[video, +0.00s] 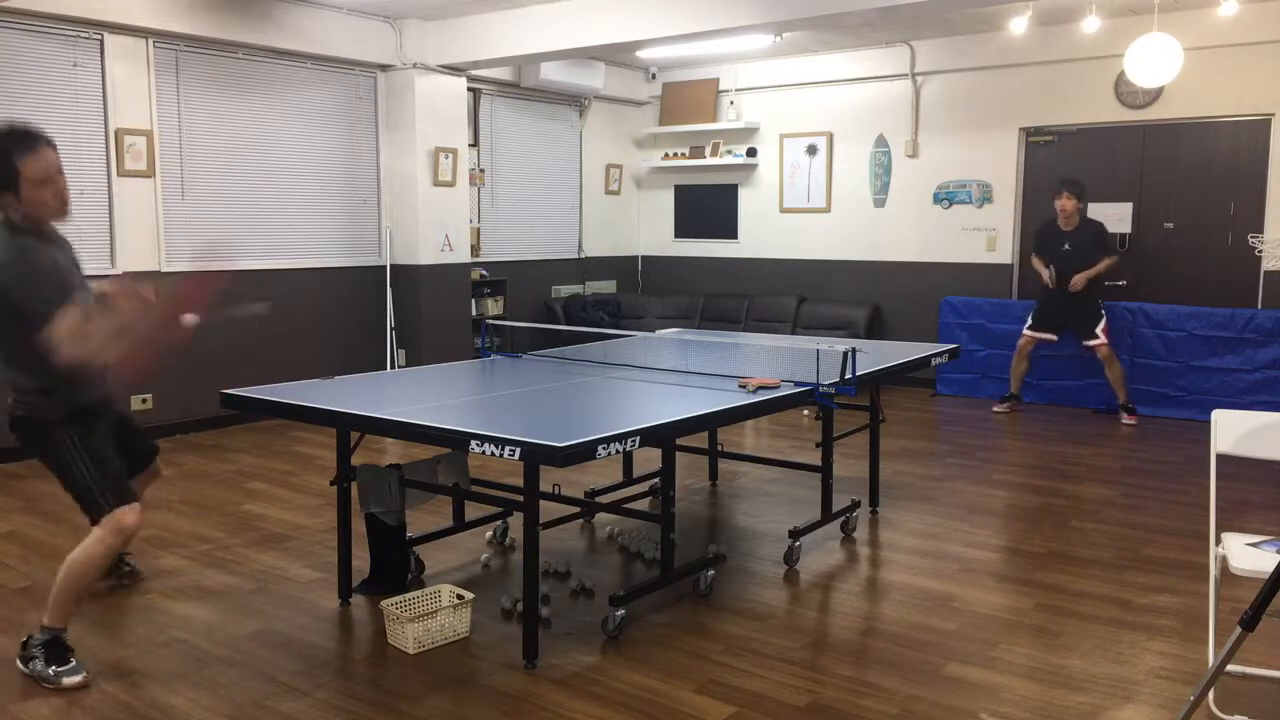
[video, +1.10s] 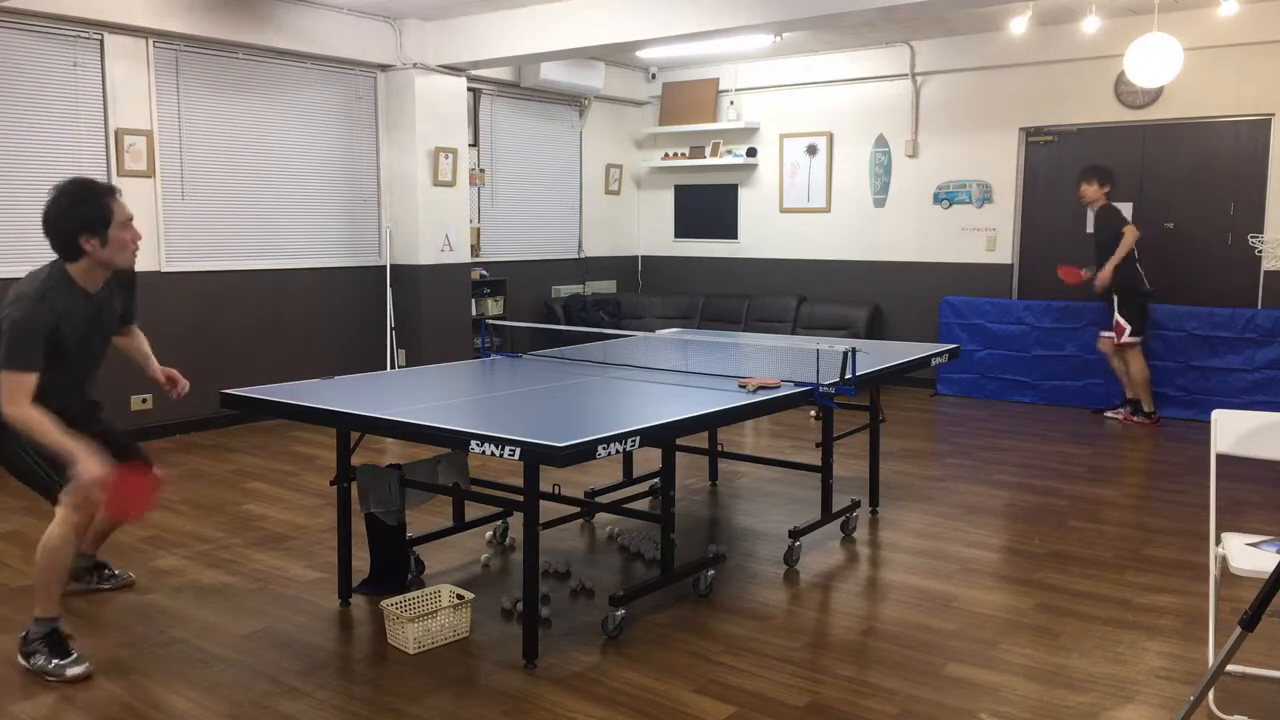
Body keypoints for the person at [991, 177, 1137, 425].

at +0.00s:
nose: (1061, 205)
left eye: (1068, 200)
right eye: (1058, 199)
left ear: (1080, 204)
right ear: (1054, 203)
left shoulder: (1094, 229)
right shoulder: (1045, 230)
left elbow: (1112, 258)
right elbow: (1035, 257)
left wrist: (1086, 275)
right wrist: (1044, 271)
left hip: (1085, 300)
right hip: (1052, 299)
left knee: (1105, 352)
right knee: (1023, 345)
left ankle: (1125, 404)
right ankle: (1013, 396)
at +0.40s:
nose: (1058, 219)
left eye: (1063, 213)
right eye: (1056, 214)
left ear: (1077, 212)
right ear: (1055, 215)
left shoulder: (1102, 233)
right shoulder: (1060, 235)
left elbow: (1122, 262)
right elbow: (1053, 264)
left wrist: (1091, 281)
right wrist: (1039, 258)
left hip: (1096, 306)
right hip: (1065, 303)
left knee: (1103, 359)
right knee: (1035, 347)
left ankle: (1120, 404)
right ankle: (1010, 395)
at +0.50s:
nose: (1055, 230)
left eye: (1055, 224)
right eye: (1051, 227)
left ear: (1065, 215)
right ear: (1053, 224)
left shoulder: (1093, 230)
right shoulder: (1071, 240)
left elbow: (1129, 247)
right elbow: (1082, 269)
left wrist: (1106, 277)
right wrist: (1059, 271)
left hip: (1111, 303)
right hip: (1088, 302)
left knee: (1099, 360)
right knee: (1061, 346)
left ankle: (1122, 405)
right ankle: (1025, 392)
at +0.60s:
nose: (1049, 231)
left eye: (1049, 225)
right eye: (1045, 228)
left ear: (1062, 215)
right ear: (1059, 218)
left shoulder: (1084, 228)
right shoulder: (1076, 237)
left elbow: (1120, 236)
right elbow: (1096, 278)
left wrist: (1118, 274)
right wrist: (1094, 312)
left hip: (1123, 292)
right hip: (1106, 296)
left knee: (1114, 348)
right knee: (1098, 346)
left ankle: (1130, 404)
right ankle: (1079, 398)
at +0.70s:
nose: (1046, 224)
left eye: (1049, 218)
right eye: (1043, 221)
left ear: (1065, 214)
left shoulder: (1080, 230)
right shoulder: (1077, 240)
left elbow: (1116, 230)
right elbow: (1109, 275)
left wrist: (1131, 261)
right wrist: (1102, 313)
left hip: (1140, 284)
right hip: (1129, 287)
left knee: (1136, 345)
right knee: (1131, 344)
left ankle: (1148, 408)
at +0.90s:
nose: (1064, 210)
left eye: (1068, 204)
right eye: (1062, 206)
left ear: (1085, 205)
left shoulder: (1090, 225)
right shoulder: (1094, 228)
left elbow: (1115, 238)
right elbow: (1117, 270)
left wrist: (1130, 270)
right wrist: (1101, 297)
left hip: (1136, 291)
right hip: (1133, 292)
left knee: (1137, 348)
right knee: (1135, 348)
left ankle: (1147, 410)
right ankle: (1139, 404)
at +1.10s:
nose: (1082, 190)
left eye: (1087, 184)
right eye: (1081, 185)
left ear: (1103, 188)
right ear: (1092, 189)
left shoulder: (1108, 212)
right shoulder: (1100, 214)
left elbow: (1132, 233)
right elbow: (1113, 254)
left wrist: (1108, 267)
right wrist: (1089, 272)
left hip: (1130, 290)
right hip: (1120, 290)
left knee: (1130, 347)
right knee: (1107, 344)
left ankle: (1148, 411)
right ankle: (1133, 402)